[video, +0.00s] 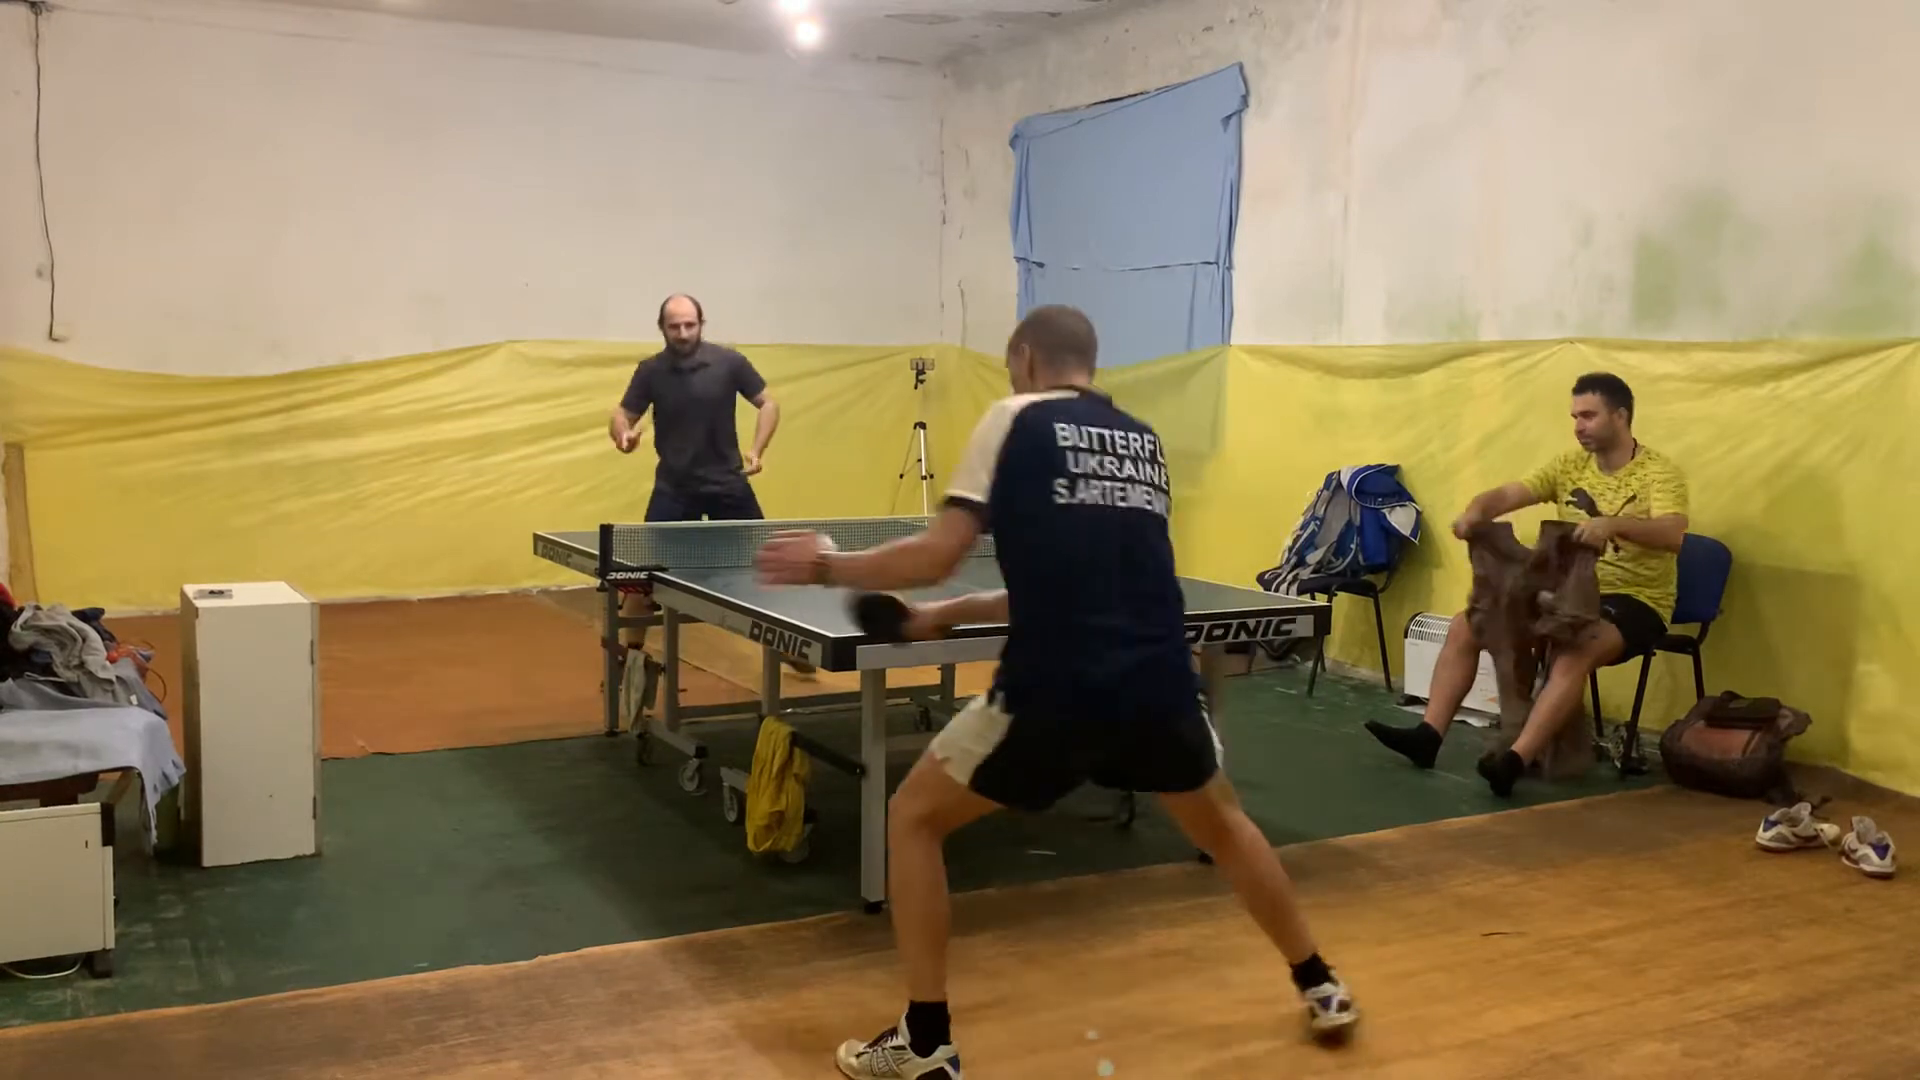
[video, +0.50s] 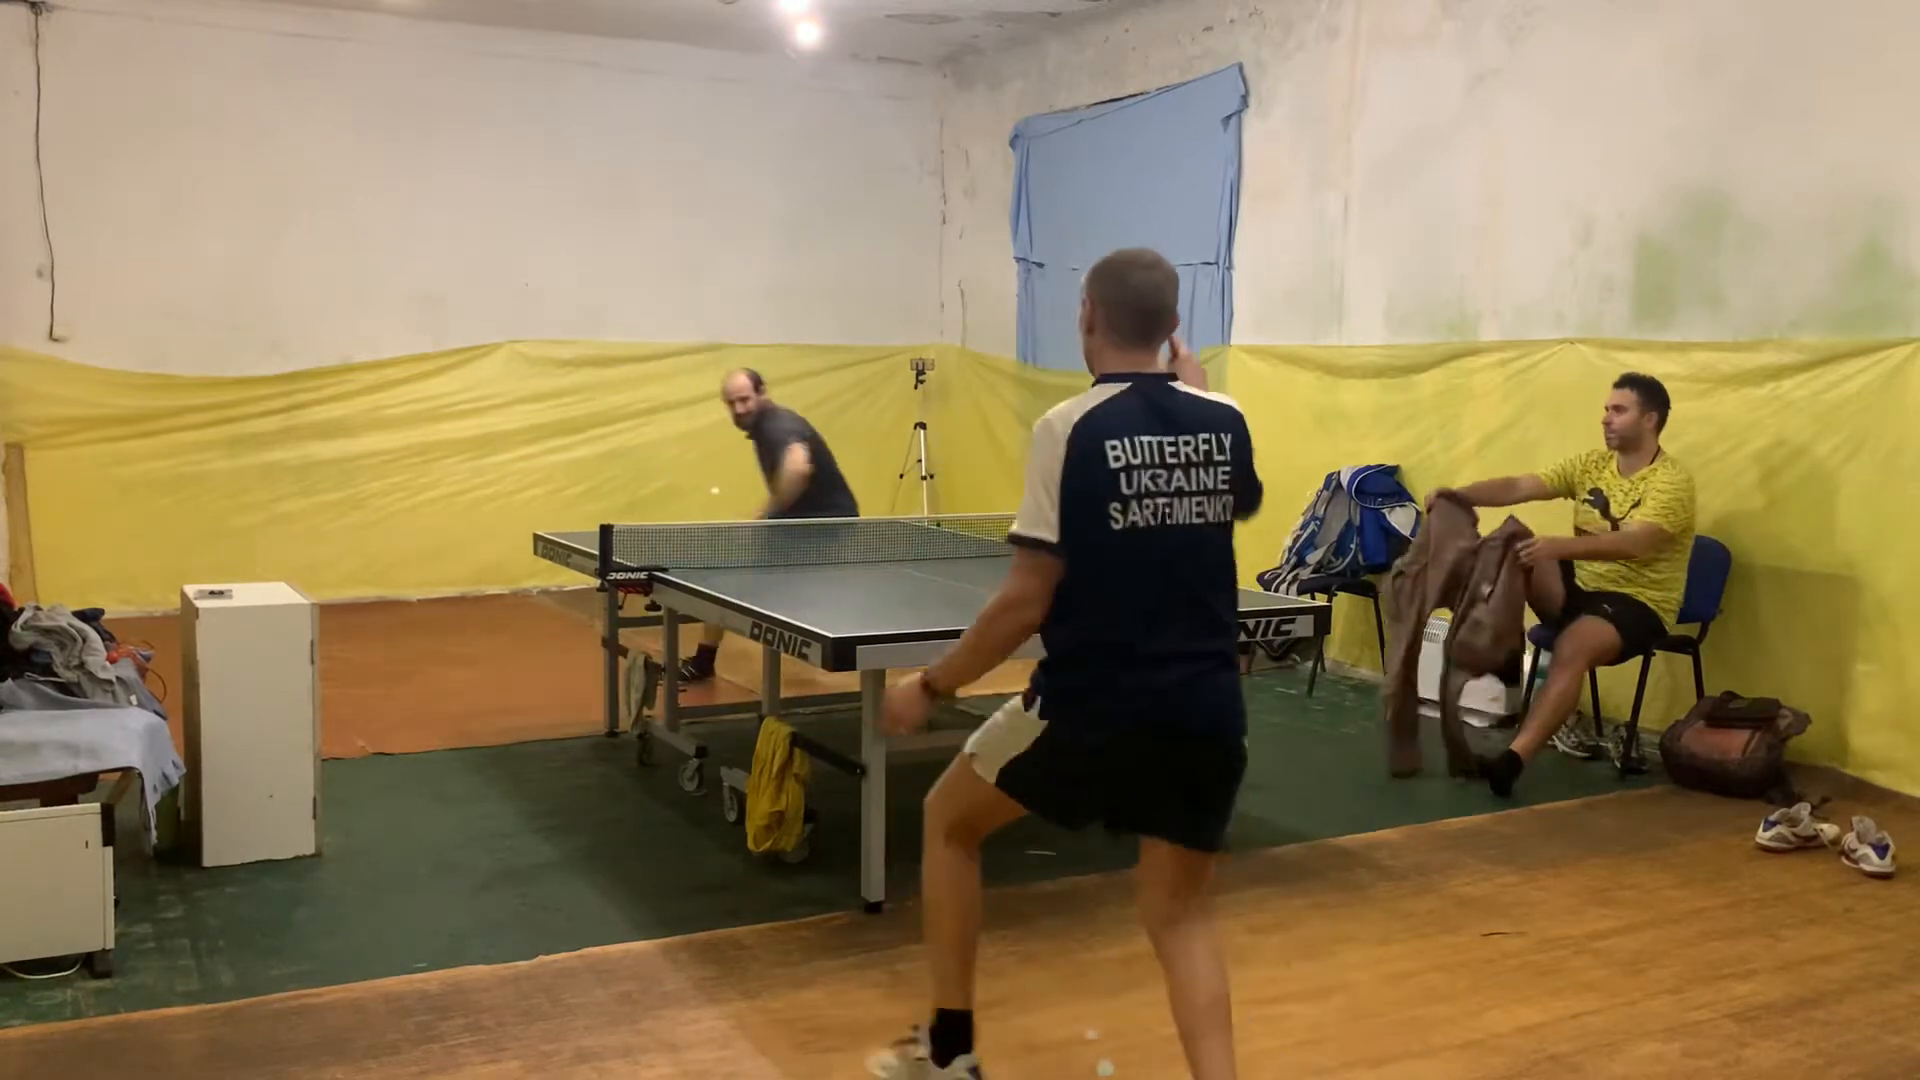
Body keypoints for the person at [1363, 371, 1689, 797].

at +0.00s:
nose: (1578, 426)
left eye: (1587, 416)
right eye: (1574, 416)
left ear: (1621, 416)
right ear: (1574, 417)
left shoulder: (1659, 473)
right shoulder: (1572, 466)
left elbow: (1674, 536)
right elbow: (1508, 496)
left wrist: (1613, 524)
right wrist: (1476, 510)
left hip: (1637, 600)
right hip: (1570, 592)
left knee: (1572, 653)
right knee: (1465, 625)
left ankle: (1514, 759)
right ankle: (1429, 734)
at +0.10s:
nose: (1588, 423)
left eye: (1598, 413)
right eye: (1585, 414)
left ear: (1632, 416)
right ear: (1583, 415)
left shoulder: (1664, 473)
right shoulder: (1580, 463)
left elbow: (1661, 533)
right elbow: (1517, 485)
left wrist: (1596, 521)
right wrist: (1471, 496)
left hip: (1637, 600)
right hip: (1570, 593)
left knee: (1572, 652)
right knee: (1470, 622)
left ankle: (1514, 760)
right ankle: (1430, 734)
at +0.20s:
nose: (1596, 420)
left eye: (1607, 411)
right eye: (1594, 410)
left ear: (1641, 416)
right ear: (1592, 412)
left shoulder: (1667, 475)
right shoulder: (1585, 461)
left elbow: (1654, 535)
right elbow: (1521, 479)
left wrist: (1589, 519)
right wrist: (1468, 482)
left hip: (1634, 598)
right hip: (1569, 591)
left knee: (1575, 648)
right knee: (1469, 617)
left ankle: (1515, 759)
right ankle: (1438, 728)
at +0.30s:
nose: (1602, 419)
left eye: (1613, 410)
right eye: (1601, 410)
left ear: (1648, 416)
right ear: (1600, 412)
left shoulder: (1671, 478)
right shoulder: (1589, 460)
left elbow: (1654, 535)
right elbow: (1520, 475)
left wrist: (1579, 520)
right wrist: (1467, 477)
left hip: (1638, 600)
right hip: (1576, 591)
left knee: (1572, 646)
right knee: (1482, 603)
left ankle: (1515, 759)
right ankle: (1459, 710)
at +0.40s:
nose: (1605, 419)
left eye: (1617, 410)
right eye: (1605, 410)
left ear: (1651, 419)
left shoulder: (1672, 481)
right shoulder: (1592, 462)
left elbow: (1643, 537)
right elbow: (1522, 479)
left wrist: (1567, 531)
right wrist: (1468, 480)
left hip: (1638, 601)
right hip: (1578, 587)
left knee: (1572, 646)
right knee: (1495, 578)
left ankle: (1513, 761)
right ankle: (1476, 701)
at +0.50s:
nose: (1606, 419)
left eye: (1618, 411)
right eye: (1606, 410)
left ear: (1652, 420)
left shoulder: (1672, 481)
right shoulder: (1592, 464)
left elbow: (1640, 541)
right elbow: (1520, 487)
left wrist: (1555, 547)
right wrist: (1460, 494)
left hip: (1639, 603)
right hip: (1580, 591)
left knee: (1572, 645)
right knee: (1513, 543)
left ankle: (1512, 762)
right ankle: (1504, 654)